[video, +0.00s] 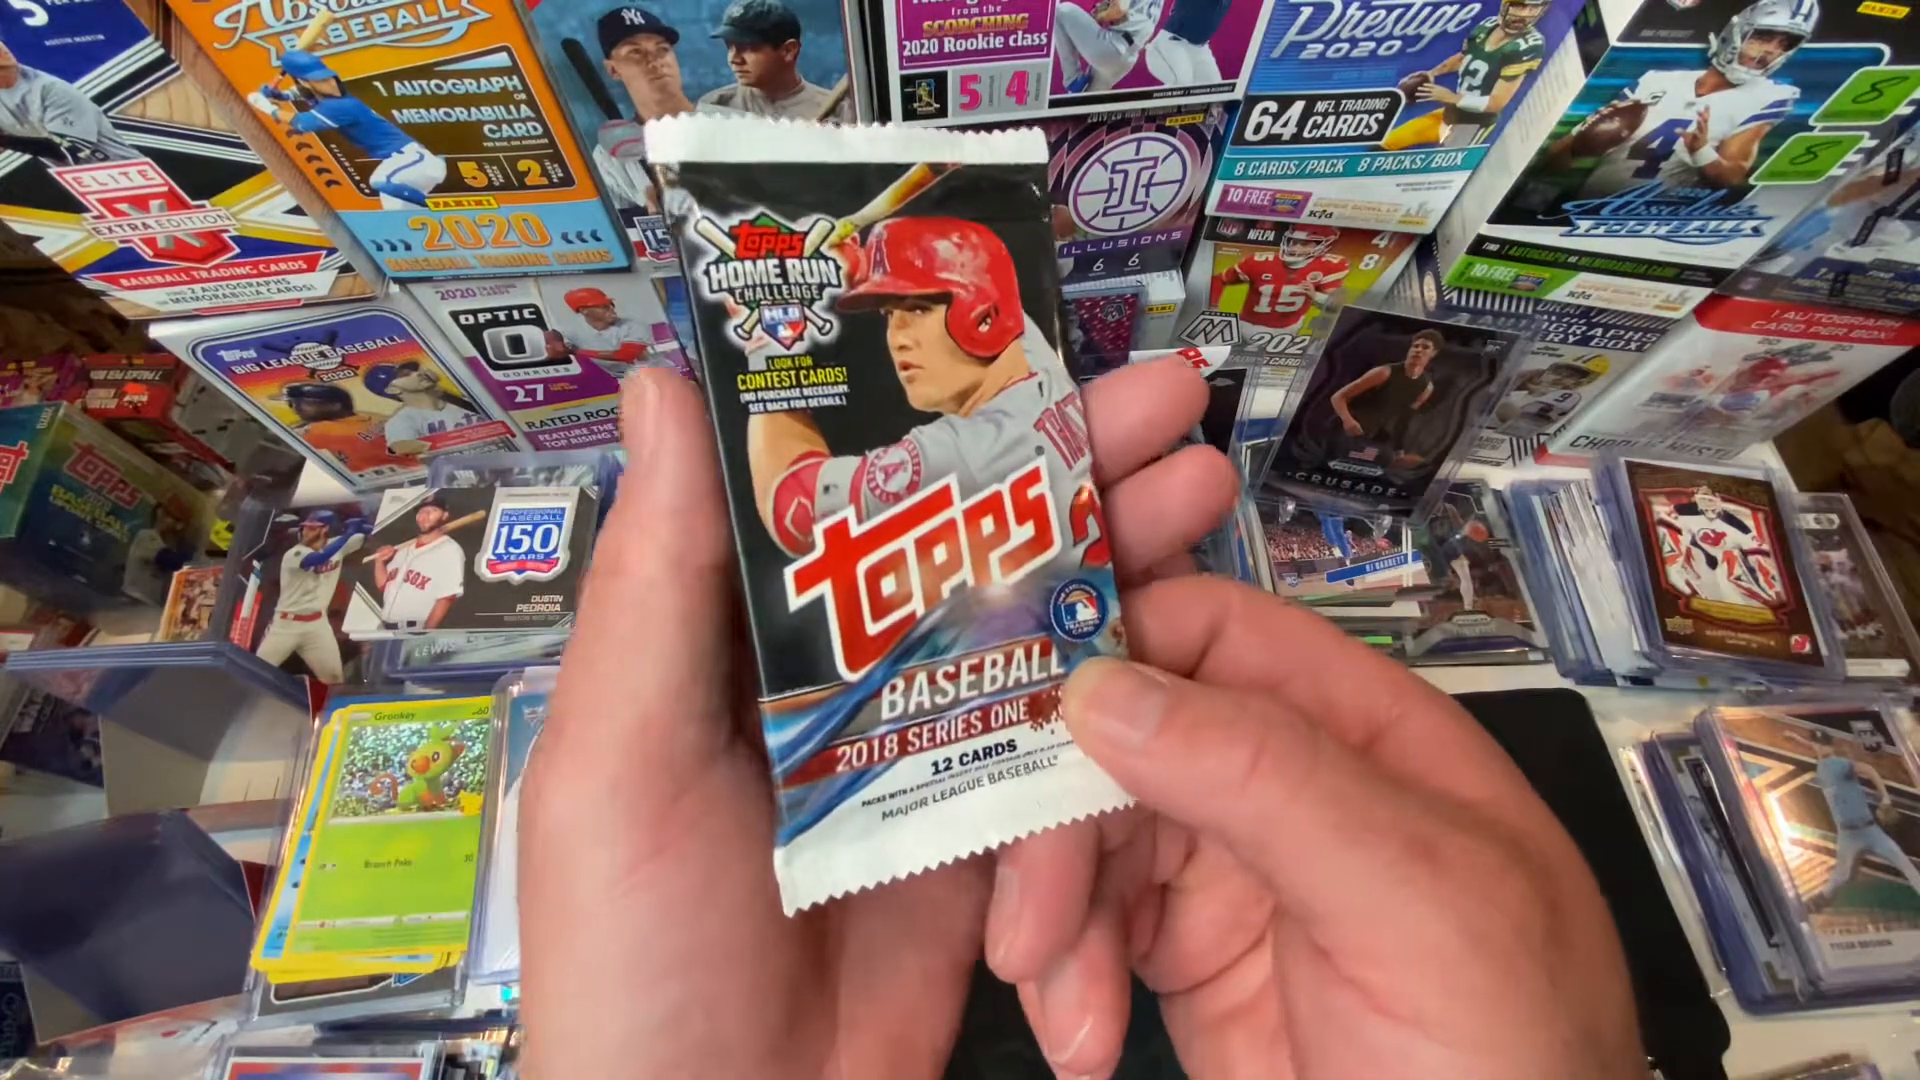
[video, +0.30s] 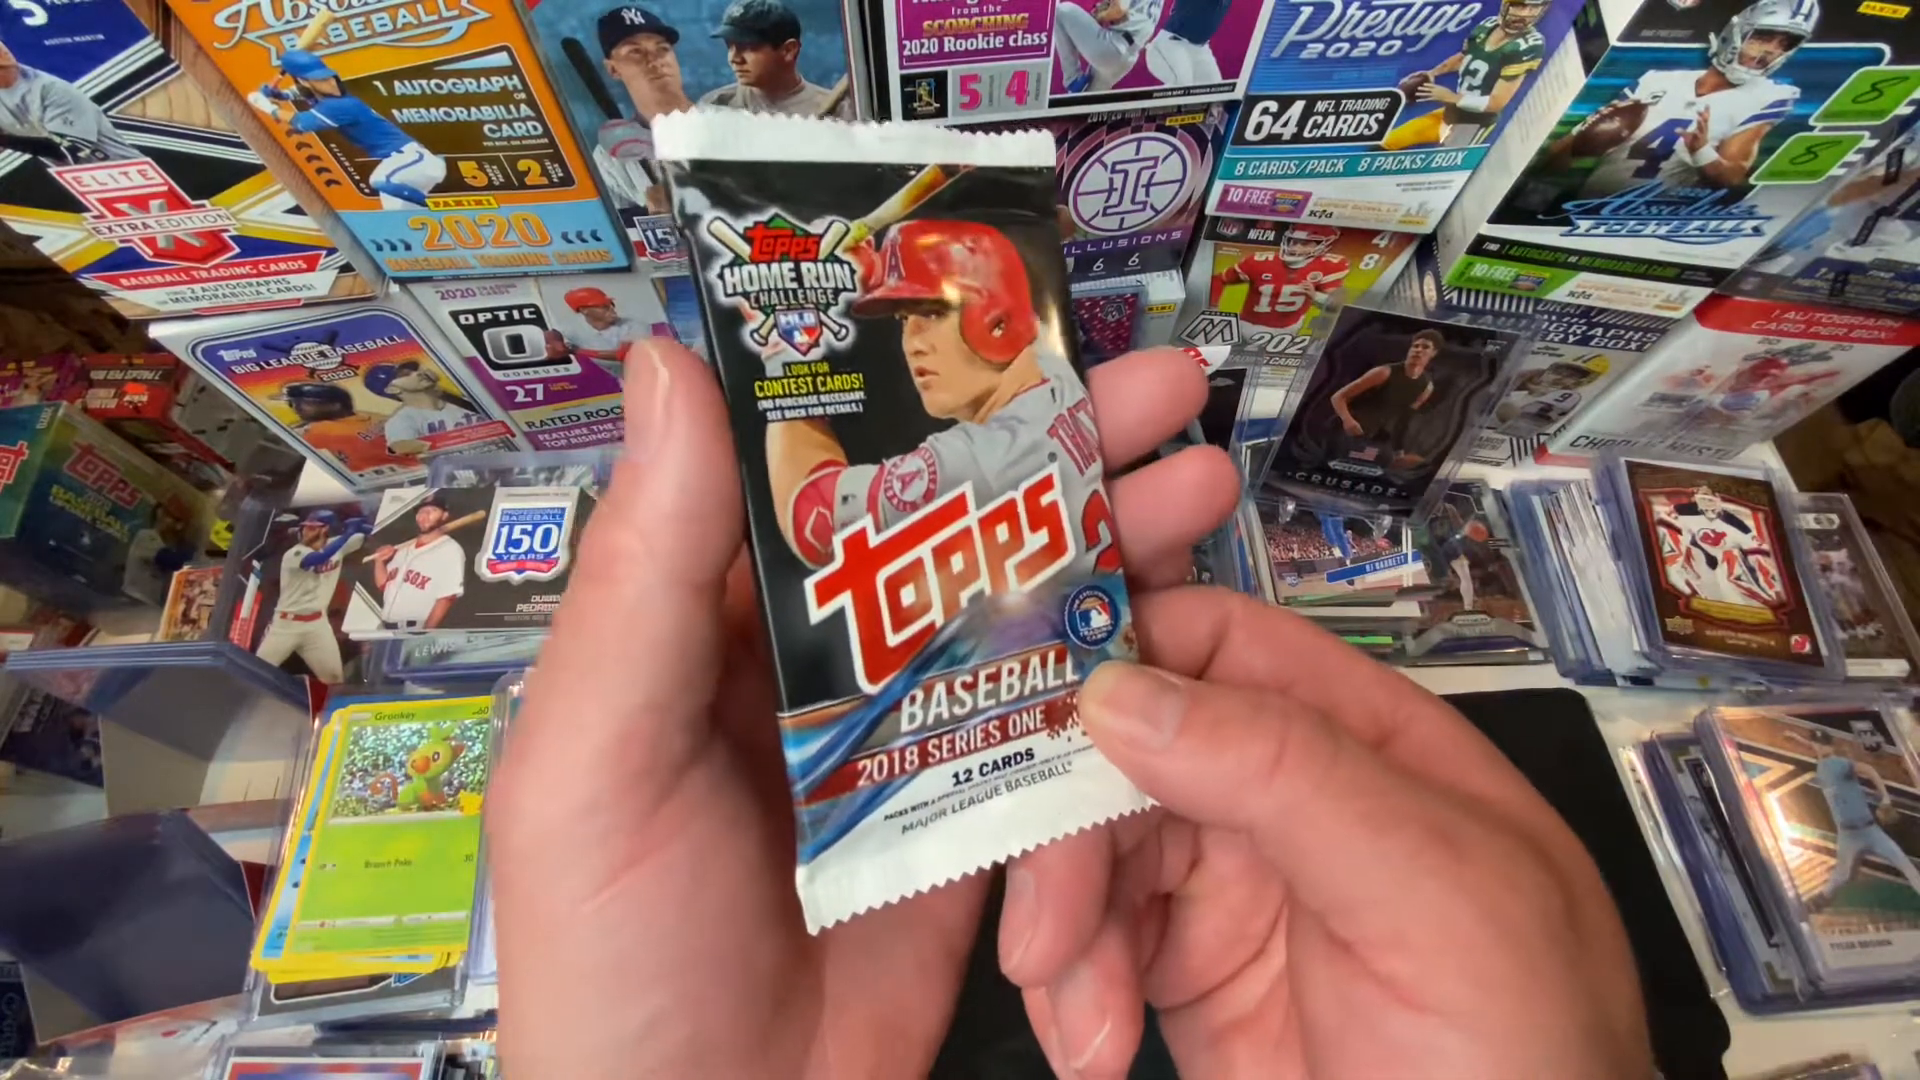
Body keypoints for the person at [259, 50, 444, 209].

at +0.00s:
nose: (330, 80)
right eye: (323, 78)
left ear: (309, 83)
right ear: (307, 84)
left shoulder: (344, 107)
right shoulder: (332, 103)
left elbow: (300, 122)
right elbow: (302, 92)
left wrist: (270, 110)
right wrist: (277, 95)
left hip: (414, 158)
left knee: (380, 179)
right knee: (399, 223)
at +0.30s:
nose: (330, 80)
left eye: (328, 77)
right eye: (323, 78)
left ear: (309, 83)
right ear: (306, 83)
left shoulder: (343, 106)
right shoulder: (331, 102)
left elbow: (300, 122)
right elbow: (300, 92)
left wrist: (271, 109)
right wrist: (276, 94)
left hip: (414, 158)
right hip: (405, 165)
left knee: (381, 179)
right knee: (398, 222)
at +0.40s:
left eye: (301, 82)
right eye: (321, 79)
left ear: (308, 83)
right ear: (310, 82)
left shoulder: (343, 106)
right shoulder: (333, 102)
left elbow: (299, 123)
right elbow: (302, 93)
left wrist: (271, 109)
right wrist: (278, 95)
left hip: (415, 158)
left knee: (381, 179)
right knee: (398, 221)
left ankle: (434, 216)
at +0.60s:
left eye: (301, 82)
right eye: (321, 78)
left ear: (308, 83)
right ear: (308, 83)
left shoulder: (343, 106)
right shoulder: (332, 102)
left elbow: (299, 123)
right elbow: (301, 93)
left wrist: (270, 109)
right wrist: (277, 95)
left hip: (415, 158)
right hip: (405, 166)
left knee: (381, 179)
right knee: (397, 223)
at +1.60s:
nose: (332, 80)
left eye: (330, 75)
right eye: (323, 78)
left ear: (308, 81)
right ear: (305, 84)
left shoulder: (341, 106)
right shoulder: (330, 103)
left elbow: (298, 122)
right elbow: (300, 94)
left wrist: (268, 107)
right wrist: (275, 94)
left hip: (413, 159)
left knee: (379, 180)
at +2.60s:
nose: (331, 81)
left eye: (329, 77)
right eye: (323, 79)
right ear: (307, 85)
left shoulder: (344, 106)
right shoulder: (331, 104)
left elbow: (301, 123)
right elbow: (303, 92)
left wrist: (270, 109)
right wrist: (278, 95)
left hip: (416, 159)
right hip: (404, 168)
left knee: (380, 179)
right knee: (397, 224)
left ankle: (436, 217)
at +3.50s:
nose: (298, 87)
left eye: (299, 82)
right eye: (300, 83)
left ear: (307, 83)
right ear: (323, 78)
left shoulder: (342, 106)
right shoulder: (332, 102)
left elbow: (300, 122)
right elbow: (303, 92)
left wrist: (268, 108)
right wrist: (278, 95)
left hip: (415, 157)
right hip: (403, 167)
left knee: (380, 179)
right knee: (393, 223)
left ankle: (434, 212)